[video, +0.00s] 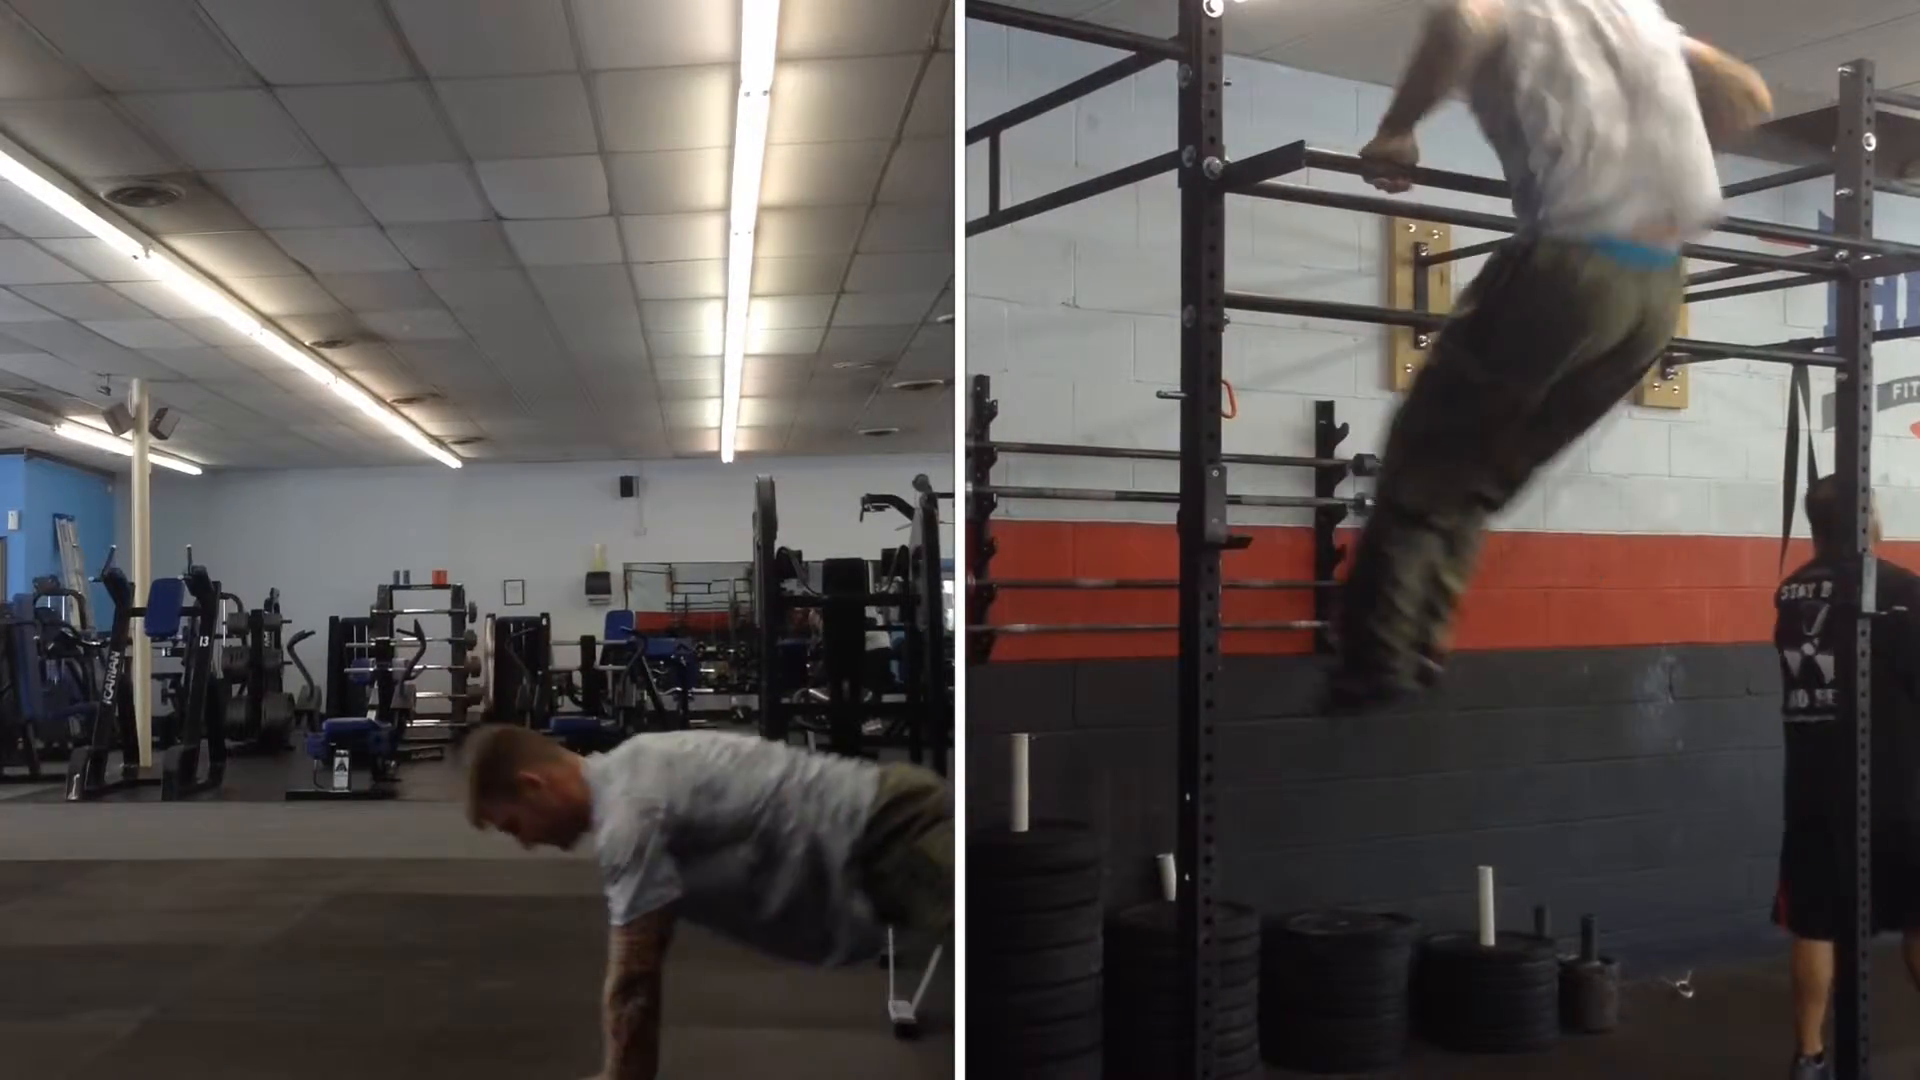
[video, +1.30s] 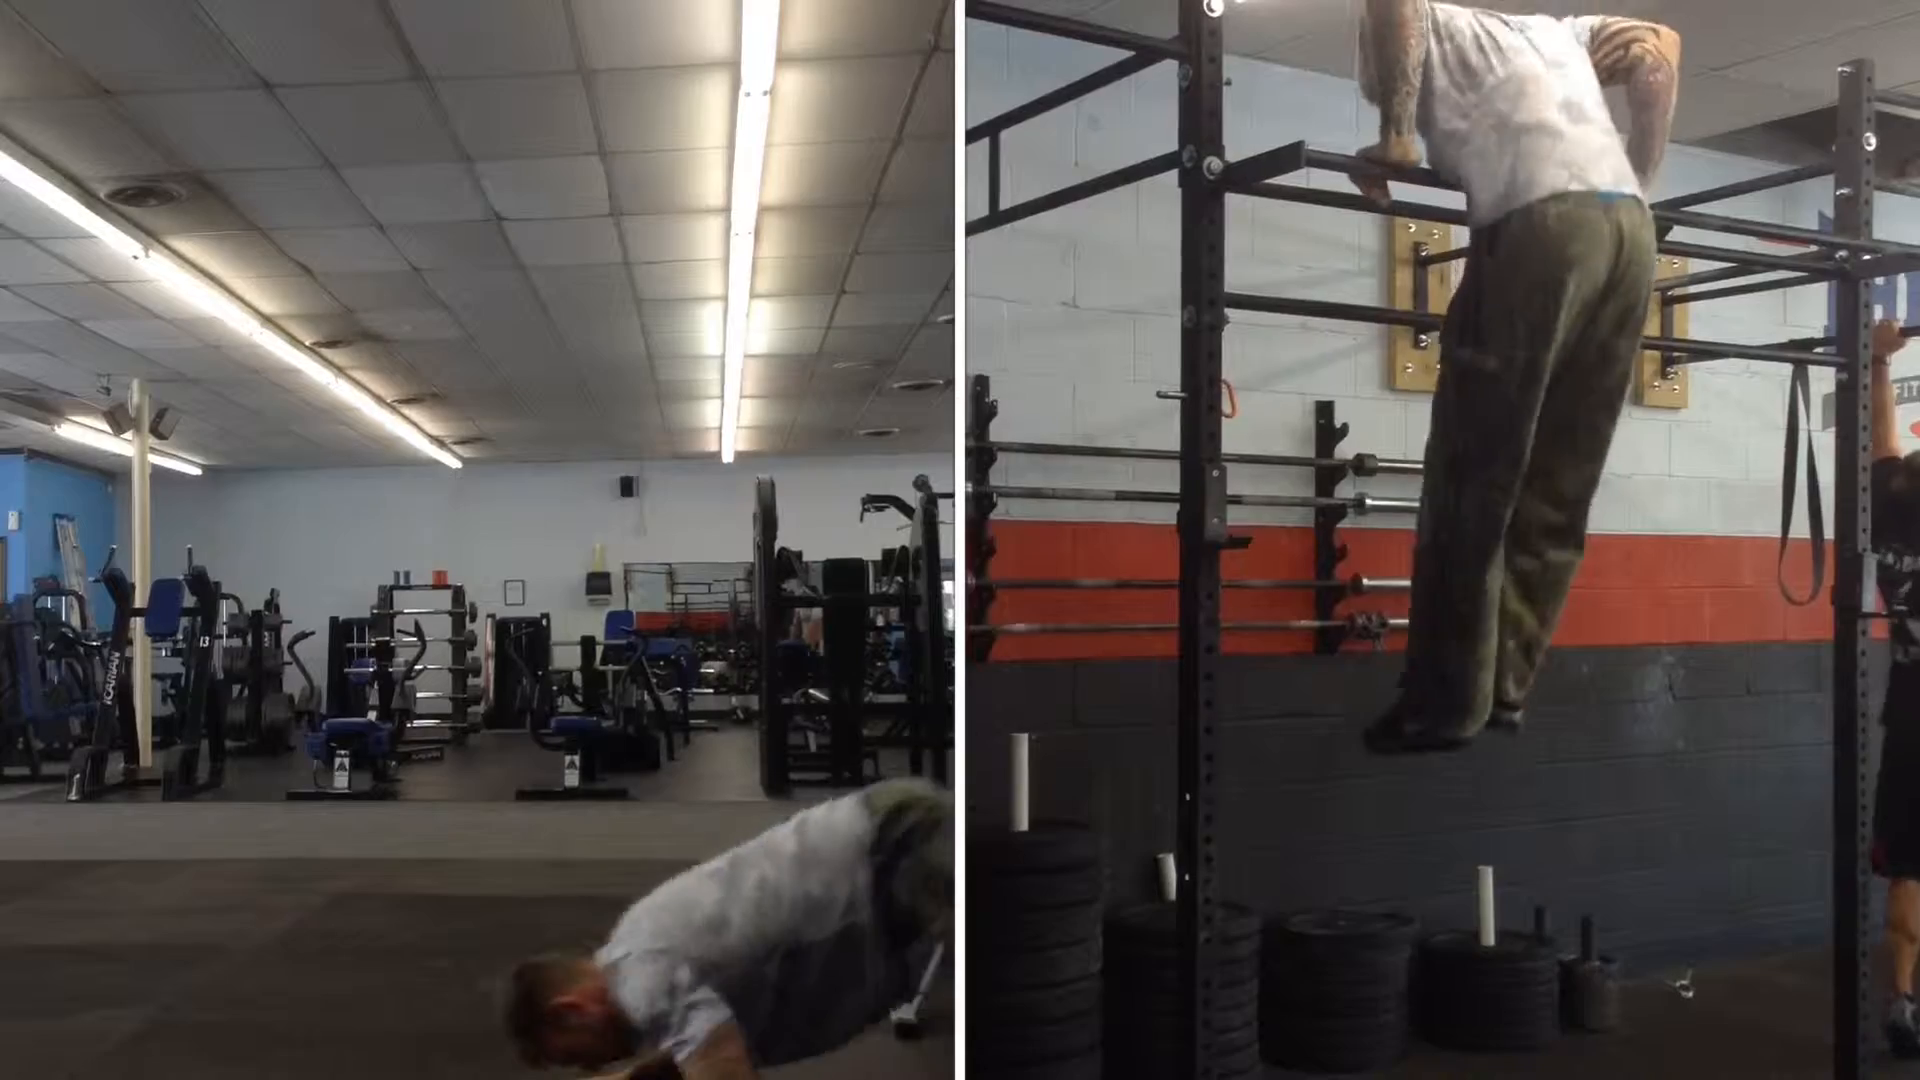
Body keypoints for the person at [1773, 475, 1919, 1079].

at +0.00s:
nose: (1882, 520)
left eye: (1875, 509)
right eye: (1878, 511)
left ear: (1816, 526)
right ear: (1871, 521)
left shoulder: (1793, 593)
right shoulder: (1900, 591)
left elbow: (1810, 682)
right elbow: (1910, 681)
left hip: (1815, 779)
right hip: (1894, 780)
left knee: (1814, 921)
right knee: (1913, 919)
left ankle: (1810, 1057)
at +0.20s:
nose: (1893, 536)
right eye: (1898, 525)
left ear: (1846, 525)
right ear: (1899, 527)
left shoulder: (1818, 588)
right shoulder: (1912, 586)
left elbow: (1825, 644)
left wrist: (1841, 571)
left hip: (1848, 763)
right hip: (1908, 762)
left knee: (1830, 901)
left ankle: (1817, 1042)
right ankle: (1820, 1036)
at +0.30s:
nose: (1917, 530)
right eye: (1915, 520)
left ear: (1865, 527)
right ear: (1911, 527)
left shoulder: (1845, 584)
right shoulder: (1910, 580)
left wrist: (1839, 533)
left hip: (1865, 762)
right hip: (1903, 761)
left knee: (1851, 894)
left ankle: (1822, 1025)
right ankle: (1823, 1023)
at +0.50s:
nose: (1897, 520)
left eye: (1897, 513)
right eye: (1904, 512)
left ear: (1887, 533)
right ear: (1910, 533)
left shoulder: (1884, 577)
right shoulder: (1890, 575)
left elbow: (1850, 502)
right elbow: (1851, 500)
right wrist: (1875, 428)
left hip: (1891, 743)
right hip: (1901, 743)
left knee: (1905, 889)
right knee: (1905, 889)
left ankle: (1883, 1010)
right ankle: (1882, 1010)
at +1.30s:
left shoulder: (1901, 504)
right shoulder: (1898, 504)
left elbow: (1884, 463)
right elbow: (1886, 464)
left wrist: (1876, 368)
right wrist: (1879, 368)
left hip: (1911, 681)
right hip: (1909, 681)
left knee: (1907, 854)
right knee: (1905, 852)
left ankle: (1904, 1000)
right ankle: (1903, 1000)